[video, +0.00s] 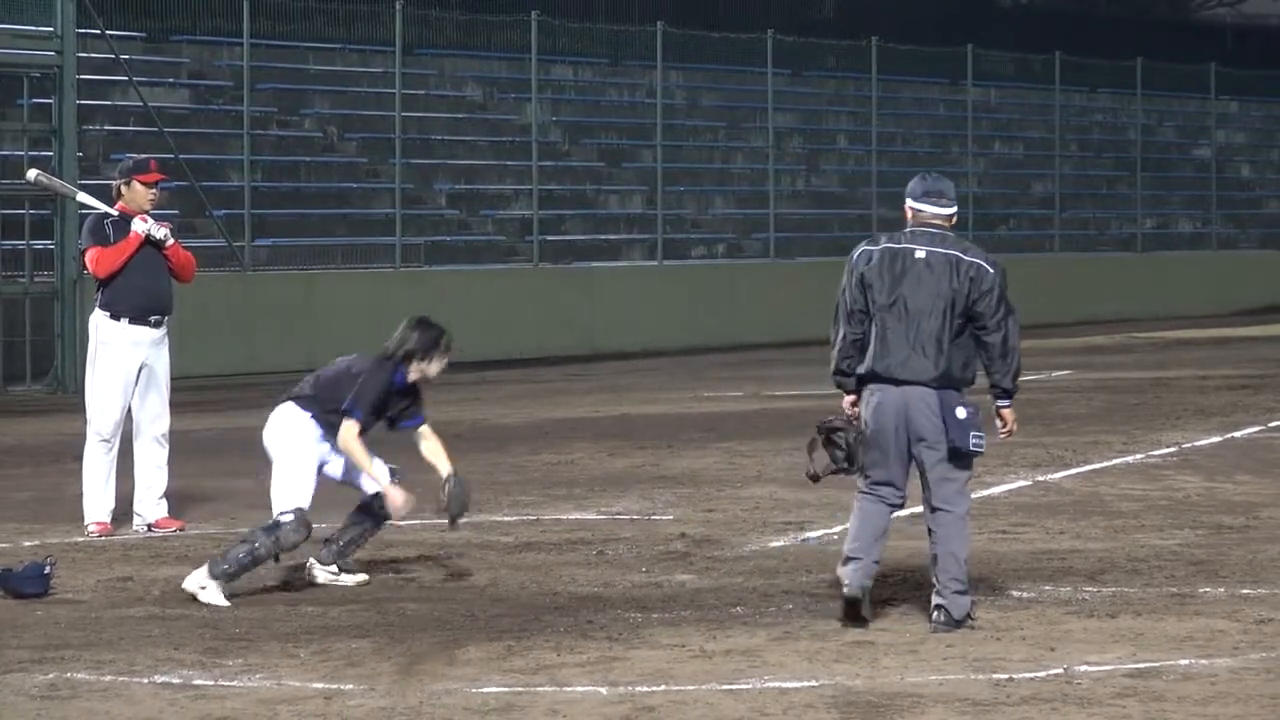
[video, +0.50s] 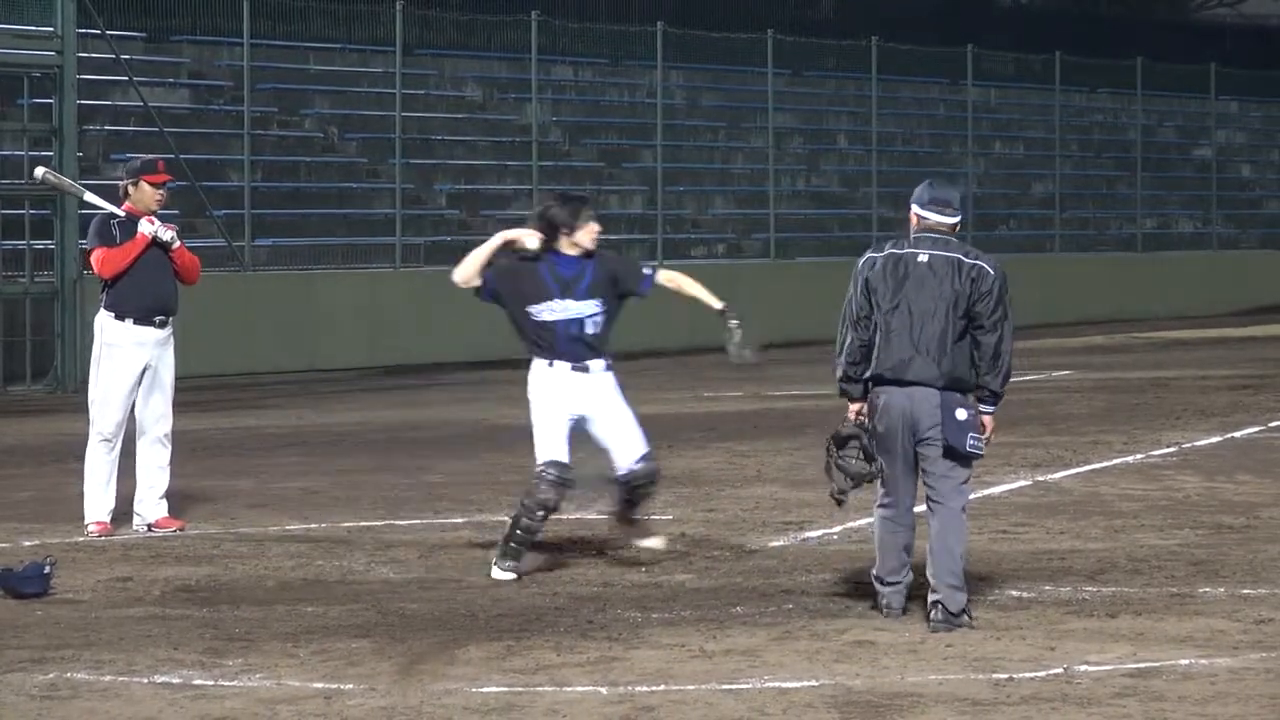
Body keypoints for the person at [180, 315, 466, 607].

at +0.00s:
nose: (444, 366)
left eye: (445, 359)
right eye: (442, 358)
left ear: (421, 357)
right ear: (421, 356)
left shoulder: (408, 388)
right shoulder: (379, 374)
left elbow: (423, 435)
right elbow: (346, 438)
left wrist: (448, 475)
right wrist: (385, 484)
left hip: (327, 438)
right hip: (295, 423)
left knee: (390, 488)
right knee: (293, 526)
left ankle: (328, 562)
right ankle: (208, 577)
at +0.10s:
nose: (478, 320)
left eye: (479, 313)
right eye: (475, 313)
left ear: (453, 314)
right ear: (454, 314)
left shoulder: (444, 347)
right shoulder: (410, 333)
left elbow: (458, 395)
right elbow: (368, 392)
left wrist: (454, 414)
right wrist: (415, 427)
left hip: (369, 412)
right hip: (337, 399)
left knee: (409, 501)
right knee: (341, 495)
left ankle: (328, 559)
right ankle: (253, 551)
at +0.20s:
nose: (503, 272)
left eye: (503, 265)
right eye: (498, 265)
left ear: (475, 270)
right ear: (476, 269)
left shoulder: (485, 305)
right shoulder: (431, 293)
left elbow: (502, 348)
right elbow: (398, 350)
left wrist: (513, 353)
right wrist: (454, 351)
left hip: (420, 391)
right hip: (387, 378)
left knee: (428, 493)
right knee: (420, 463)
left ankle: (344, 546)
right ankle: (355, 540)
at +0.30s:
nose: (530, 235)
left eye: (529, 228)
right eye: (523, 228)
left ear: (505, 234)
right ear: (499, 233)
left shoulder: (526, 273)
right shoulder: (457, 261)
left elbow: (558, 306)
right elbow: (416, 306)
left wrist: (573, 320)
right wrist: (459, 280)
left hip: (485, 374)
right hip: (446, 365)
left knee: (459, 476)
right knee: (477, 442)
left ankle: (377, 535)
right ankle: (467, 534)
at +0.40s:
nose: (559, 226)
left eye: (558, 218)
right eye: (551, 220)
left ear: (540, 225)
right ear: (527, 225)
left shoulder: (559, 262)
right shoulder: (487, 260)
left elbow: (610, 281)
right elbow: (428, 280)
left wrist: (657, 303)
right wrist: (468, 242)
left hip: (542, 370)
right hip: (499, 367)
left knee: (550, 478)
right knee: (524, 468)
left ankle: (482, 502)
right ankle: (497, 550)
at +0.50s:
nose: (598, 228)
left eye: (595, 221)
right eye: (588, 222)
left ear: (579, 229)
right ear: (564, 231)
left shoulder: (607, 267)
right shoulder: (521, 272)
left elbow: (669, 279)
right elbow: (461, 277)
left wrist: (720, 306)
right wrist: (503, 237)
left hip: (598, 378)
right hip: (550, 380)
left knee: (639, 468)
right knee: (553, 478)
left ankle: (625, 524)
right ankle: (508, 556)